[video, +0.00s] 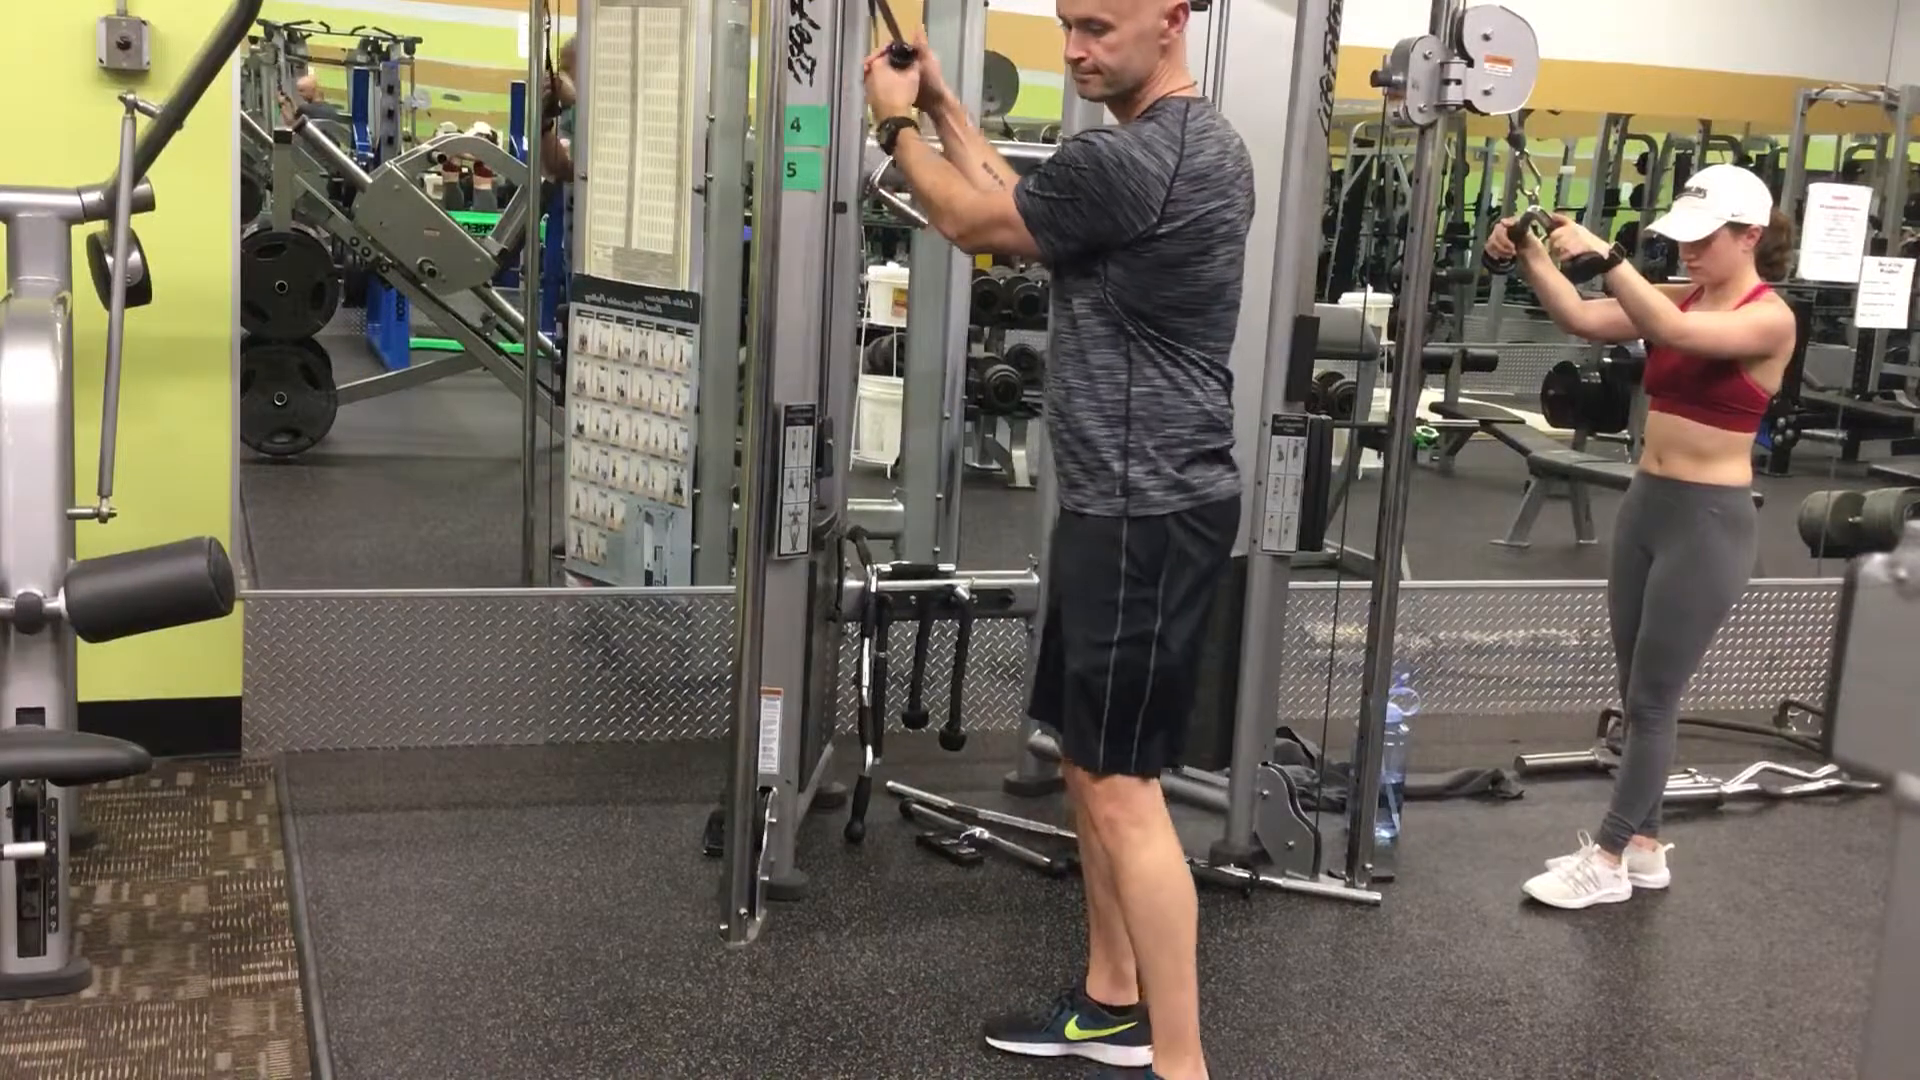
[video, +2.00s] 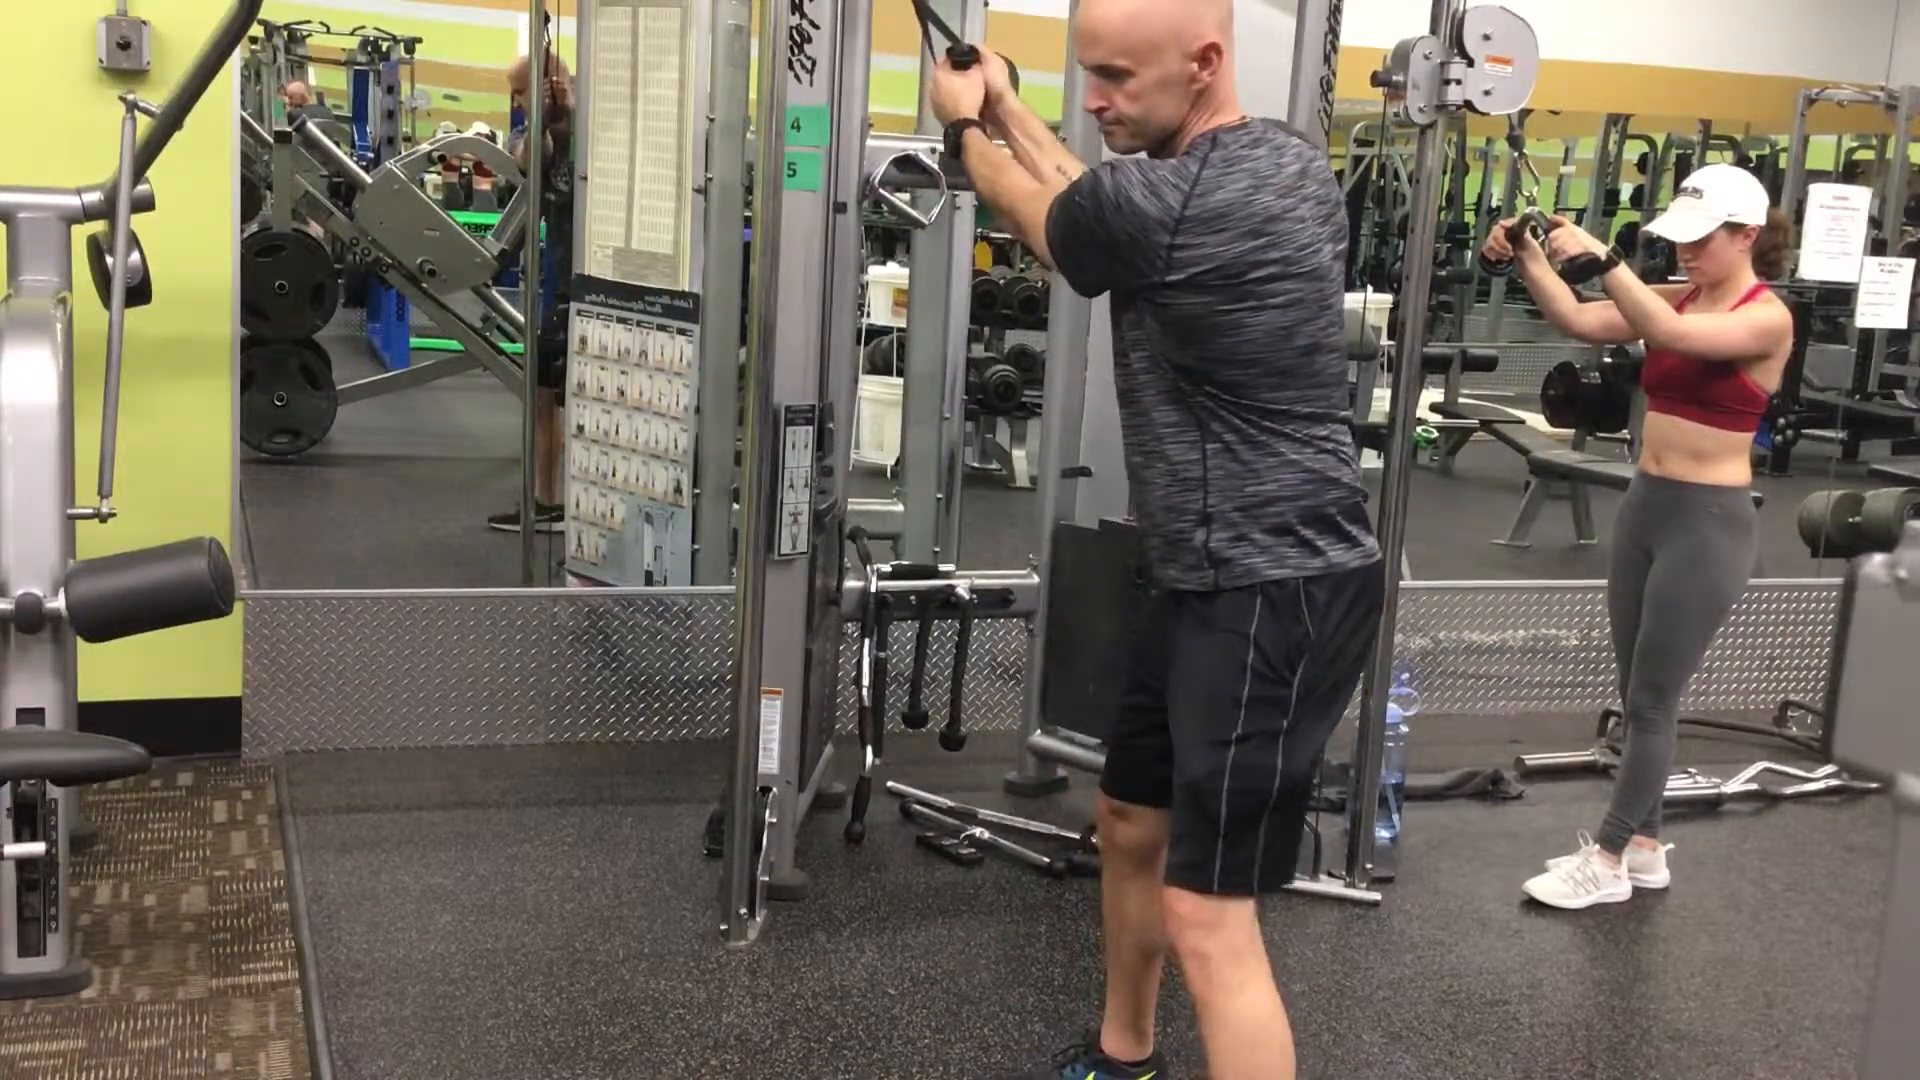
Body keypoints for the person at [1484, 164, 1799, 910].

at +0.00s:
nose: (1685, 253)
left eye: (1700, 239)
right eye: (1681, 239)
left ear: (1749, 236)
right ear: (1681, 238)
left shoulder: (1772, 317)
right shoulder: (1679, 301)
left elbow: (1673, 328)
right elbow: (1584, 316)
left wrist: (1603, 254)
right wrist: (1529, 257)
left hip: (1709, 523)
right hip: (1642, 508)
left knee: (1653, 698)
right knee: (1639, 692)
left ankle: (1605, 858)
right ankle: (1645, 846)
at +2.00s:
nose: (1683, 253)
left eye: (1698, 239)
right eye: (1678, 240)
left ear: (1747, 237)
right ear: (1679, 239)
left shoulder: (1769, 318)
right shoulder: (1675, 300)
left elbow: (1670, 331)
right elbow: (1579, 318)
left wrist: (1602, 258)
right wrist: (1526, 257)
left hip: (1709, 524)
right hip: (1642, 509)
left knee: (1651, 699)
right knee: (1639, 693)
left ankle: (1606, 859)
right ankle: (1646, 846)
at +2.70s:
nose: (1680, 252)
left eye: (1694, 239)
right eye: (1676, 239)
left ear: (1744, 237)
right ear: (1677, 238)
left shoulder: (1768, 317)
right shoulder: (1673, 300)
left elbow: (1668, 331)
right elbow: (1577, 320)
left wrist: (1599, 257)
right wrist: (1524, 259)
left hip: (1709, 522)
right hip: (1642, 508)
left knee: (1652, 698)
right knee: (1638, 691)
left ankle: (1606, 858)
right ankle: (1646, 846)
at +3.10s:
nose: (1677, 252)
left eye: (1692, 239)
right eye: (1673, 239)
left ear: (1740, 237)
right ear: (1675, 239)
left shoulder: (1765, 318)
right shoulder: (1671, 300)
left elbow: (1667, 333)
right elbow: (1575, 320)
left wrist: (1598, 257)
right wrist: (1522, 260)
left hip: (1707, 523)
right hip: (1641, 508)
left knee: (1650, 698)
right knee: (1638, 693)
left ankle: (1606, 858)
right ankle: (1645, 846)